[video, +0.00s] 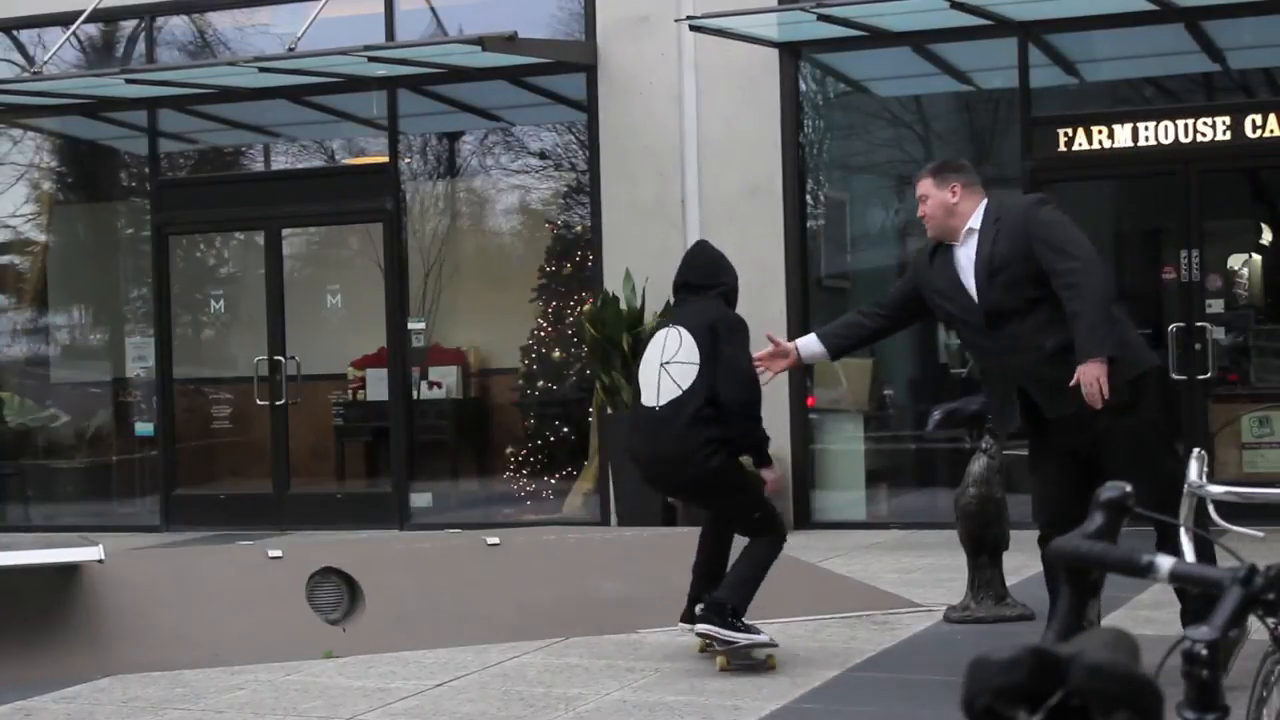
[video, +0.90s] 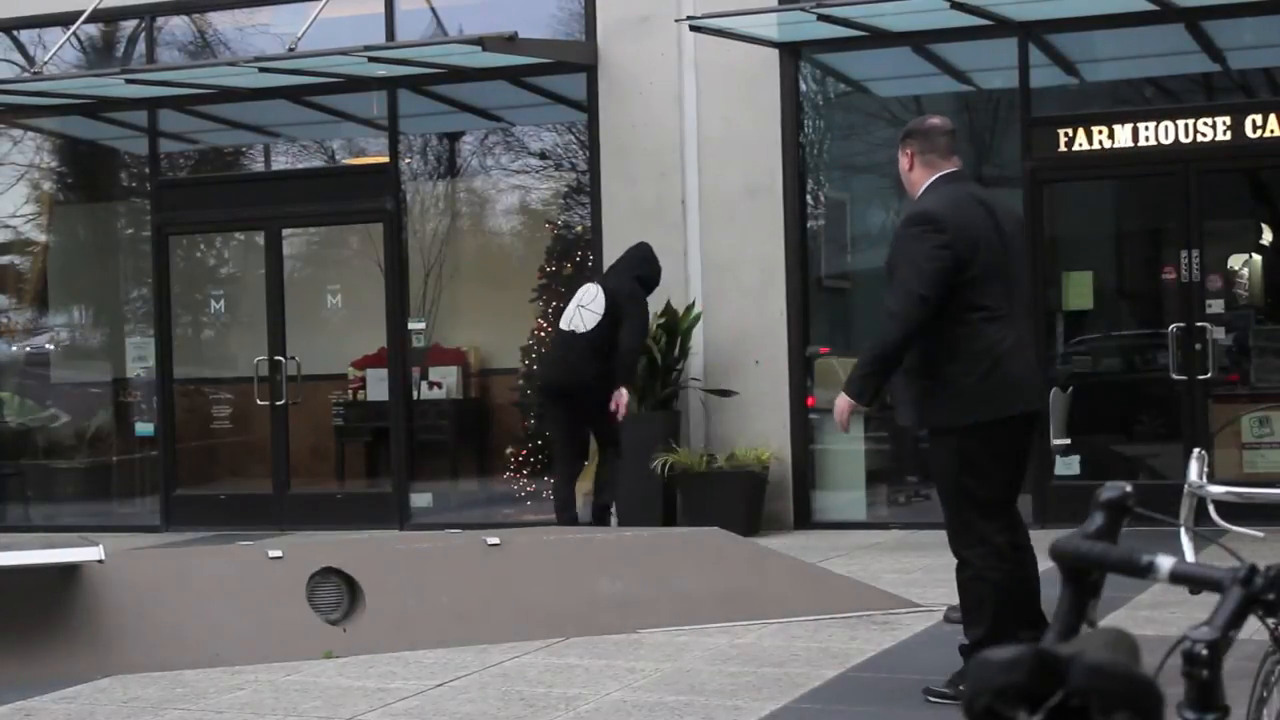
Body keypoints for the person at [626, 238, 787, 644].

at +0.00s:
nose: (733, 289)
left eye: (731, 283)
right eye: (730, 282)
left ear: (684, 283)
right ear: (724, 283)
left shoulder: (665, 324)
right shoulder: (725, 323)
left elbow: (665, 396)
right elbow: (739, 396)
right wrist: (761, 457)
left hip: (650, 455)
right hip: (695, 454)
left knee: (724, 508)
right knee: (770, 531)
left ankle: (700, 605)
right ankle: (723, 610)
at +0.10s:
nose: (716, 249)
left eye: (715, 243)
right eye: (714, 243)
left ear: (670, 240)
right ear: (706, 242)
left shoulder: (650, 285)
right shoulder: (702, 274)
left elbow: (615, 344)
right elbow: (699, 326)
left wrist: (652, 371)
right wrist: (728, 371)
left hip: (647, 412)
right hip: (691, 412)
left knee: (694, 487)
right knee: (740, 503)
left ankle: (679, 586)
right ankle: (707, 600)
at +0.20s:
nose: (698, 216)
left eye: (695, 210)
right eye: (697, 209)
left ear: (656, 201)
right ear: (690, 204)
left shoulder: (627, 237)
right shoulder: (692, 229)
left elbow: (586, 266)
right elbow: (681, 266)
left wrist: (610, 294)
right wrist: (690, 310)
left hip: (628, 363)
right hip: (671, 362)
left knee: (677, 422)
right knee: (701, 467)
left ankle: (664, 502)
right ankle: (700, 576)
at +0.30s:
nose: (689, 211)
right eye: (688, 205)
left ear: (646, 200)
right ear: (683, 201)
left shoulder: (619, 234)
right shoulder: (686, 225)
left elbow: (588, 271)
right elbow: (692, 246)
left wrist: (582, 294)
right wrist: (695, 284)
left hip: (600, 348)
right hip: (642, 352)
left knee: (657, 386)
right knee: (696, 427)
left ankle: (648, 448)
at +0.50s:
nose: (669, 242)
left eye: (667, 238)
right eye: (667, 237)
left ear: (630, 230)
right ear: (662, 235)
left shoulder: (608, 256)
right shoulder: (661, 257)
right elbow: (674, 271)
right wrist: (683, 286)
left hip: (568, 360)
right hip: (603, 363)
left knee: (626, 408)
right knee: (663, 417)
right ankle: (636, 508)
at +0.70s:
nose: (644, 282)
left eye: (644, 275)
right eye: (644, 275)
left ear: (611, 264)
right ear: (638, 272)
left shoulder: (584, 290)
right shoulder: (629, 301)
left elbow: (543, 336)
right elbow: (619, 356)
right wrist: (621, 408)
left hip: (566, 398)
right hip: (596, 402)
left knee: (608, 481)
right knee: (616, 486)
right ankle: (583, 546)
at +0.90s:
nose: (650, 287)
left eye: (651, 281)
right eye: (651, 281)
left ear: (624, 263)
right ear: (646, 274)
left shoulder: (592, 286)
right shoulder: (631, 295)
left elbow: (574, 332)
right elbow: (630, 341)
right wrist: (623, 384)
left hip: (559, 380)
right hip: (594, 382)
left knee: (569, 453)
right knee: (611, 447)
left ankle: (566, 522)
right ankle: (601, 514)